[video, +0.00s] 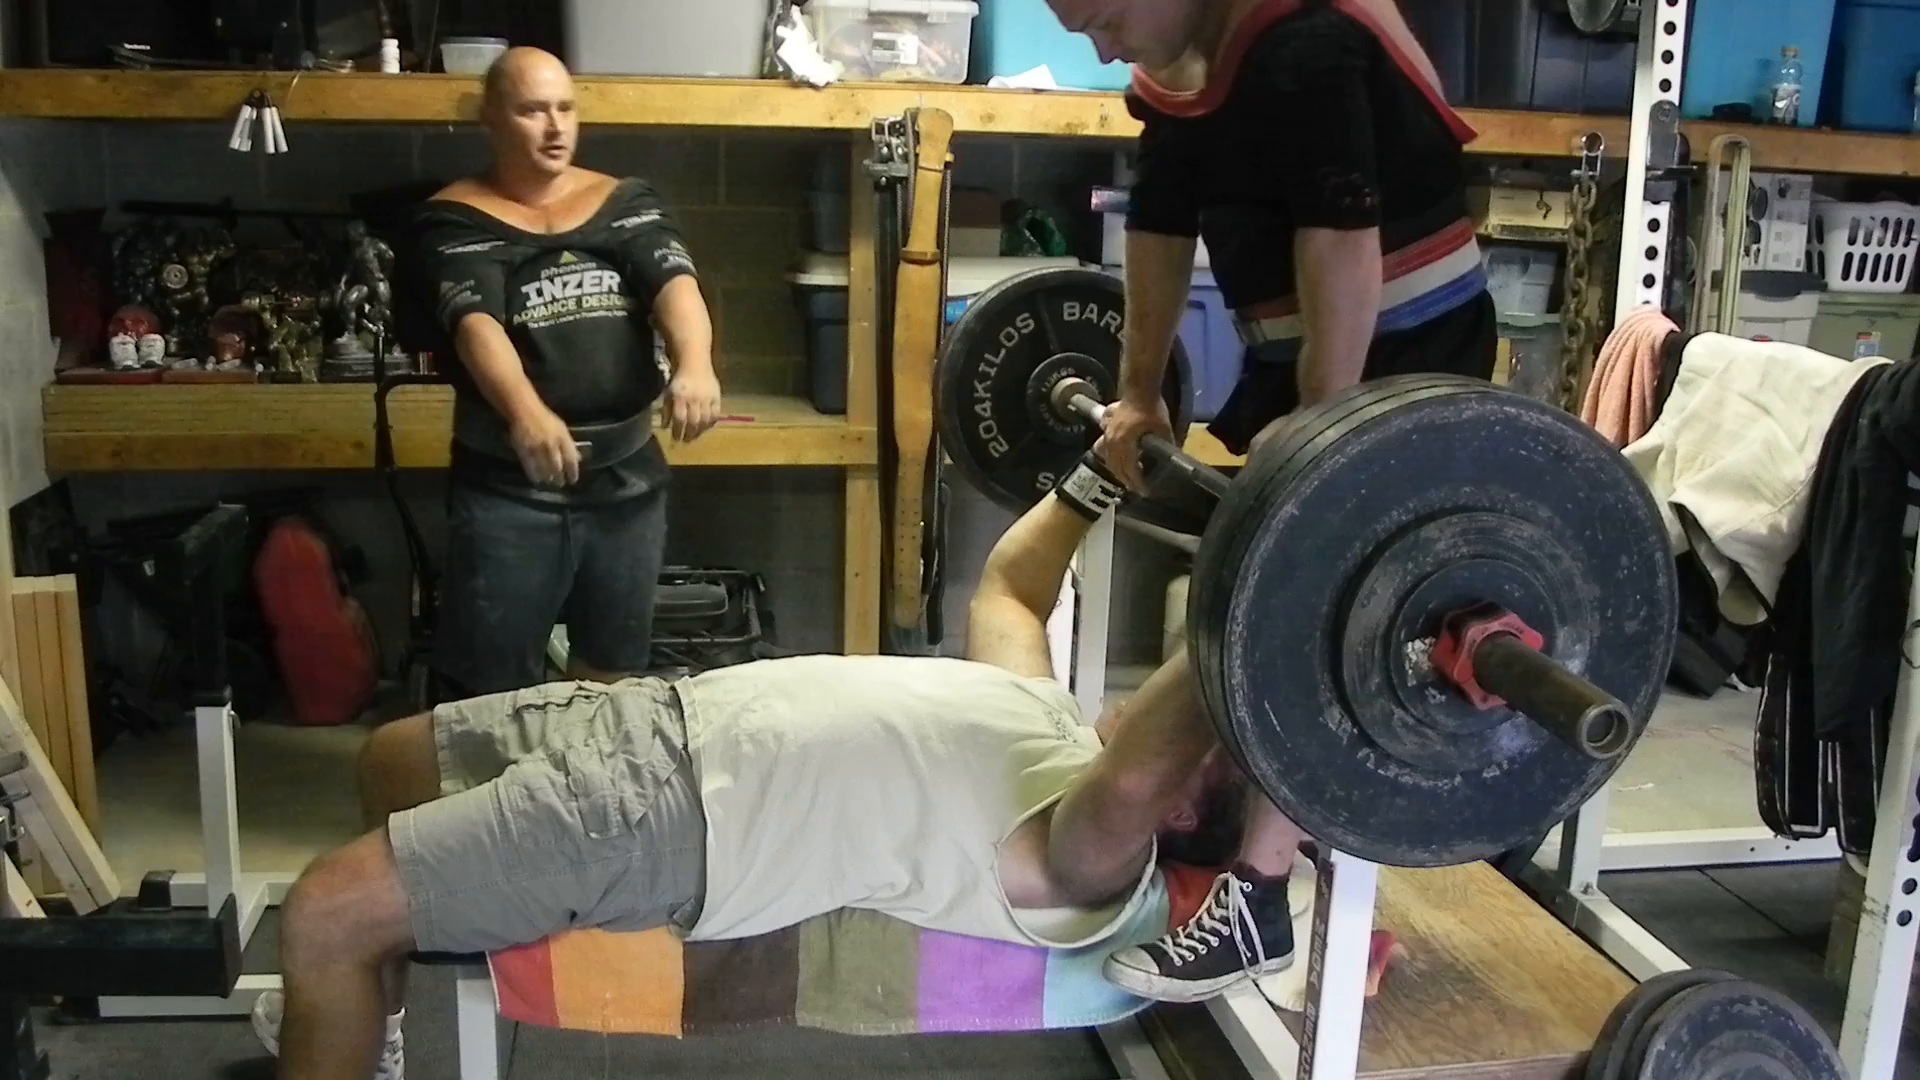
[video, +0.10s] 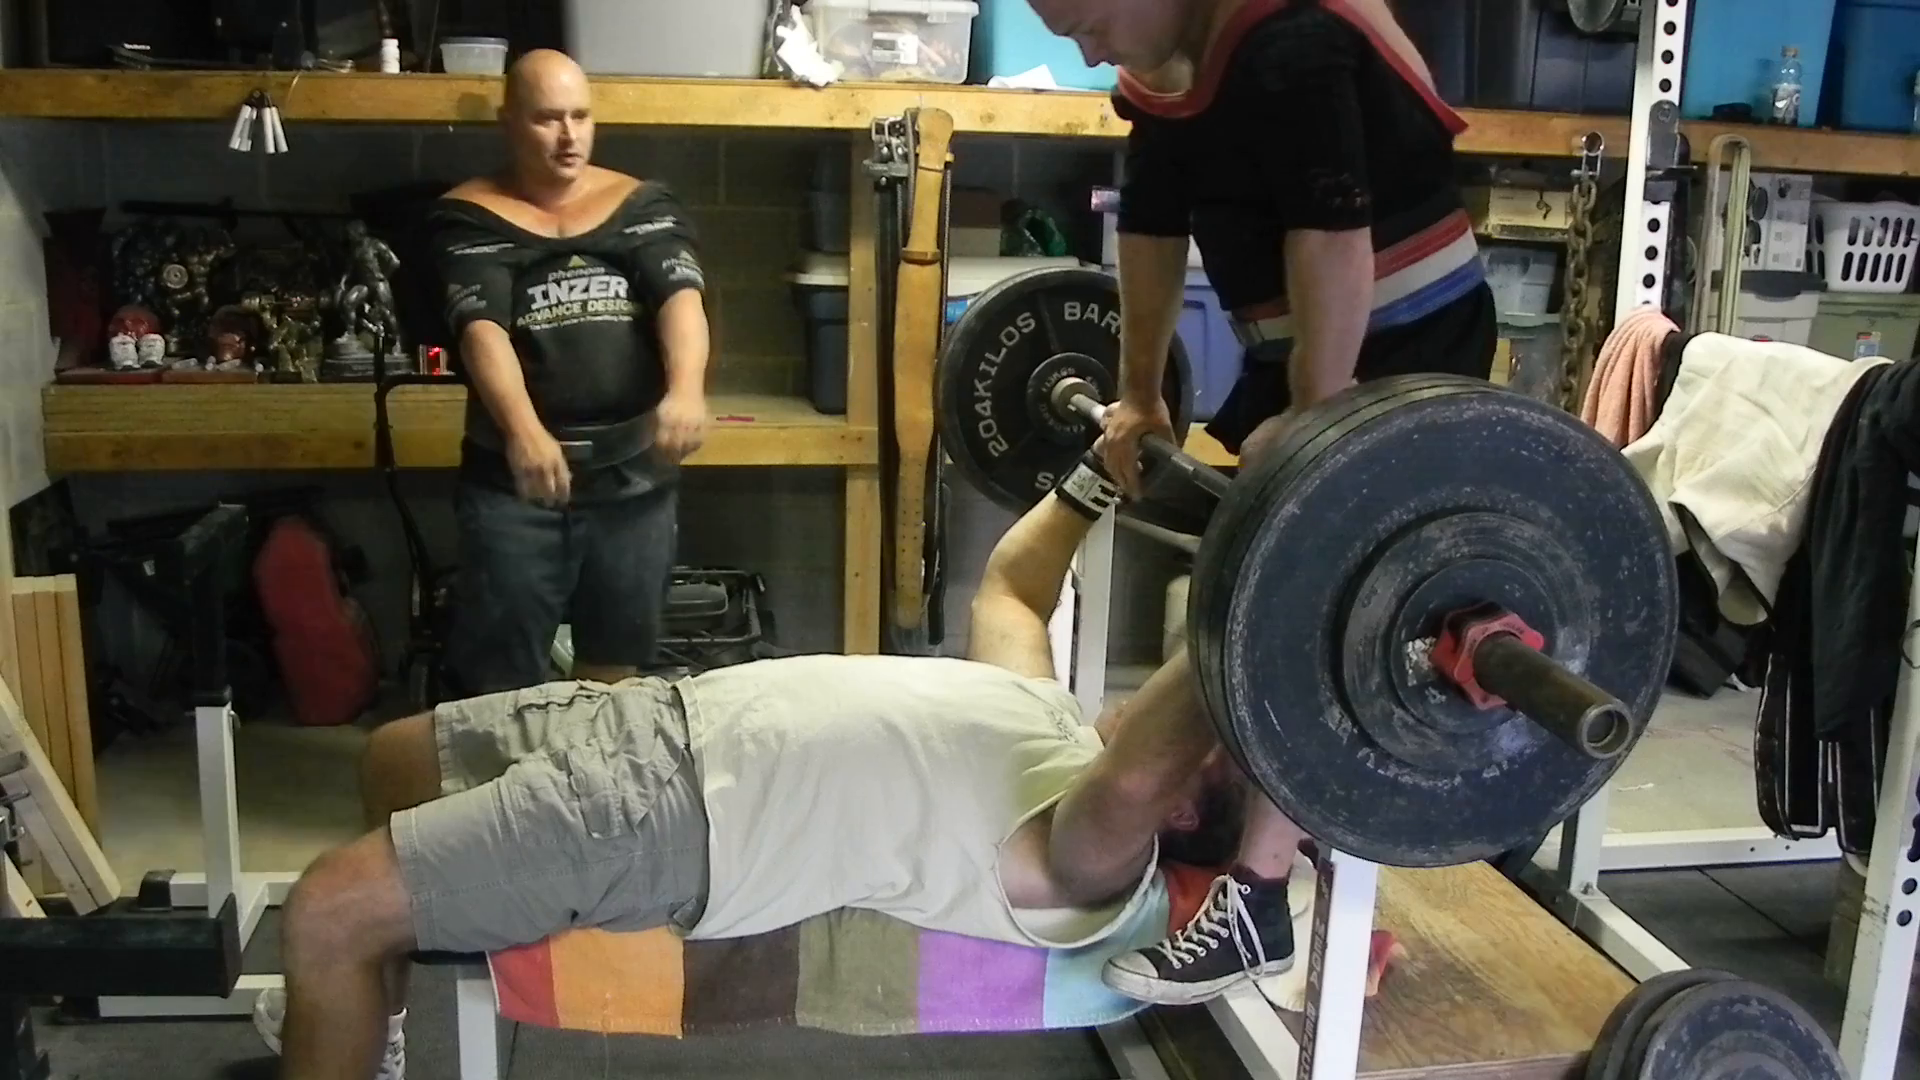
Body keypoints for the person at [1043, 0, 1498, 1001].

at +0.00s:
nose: (1096, 45)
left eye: (1101, 22)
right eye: (1082, 32)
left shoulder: (1313, 45)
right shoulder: (1167, 65)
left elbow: (1348, 264)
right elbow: (1157, 227)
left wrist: (1317, 473)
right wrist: (1139, 392)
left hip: (1411, 345)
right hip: (1292, 345)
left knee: (1308, 601)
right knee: (1234, 577)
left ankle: (1254, 894)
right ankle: (1201, 830)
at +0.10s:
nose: (1085, 53)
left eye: (1086, 31)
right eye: (1071, 40)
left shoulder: (1299, 42)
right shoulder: (1154, 64)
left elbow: (1337, 251)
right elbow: (1149, 225)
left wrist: (1312, 452)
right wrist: (1140, 391)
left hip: (1412, 330)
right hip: (1291, 334)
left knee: (1306, 596)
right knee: (1235, 581)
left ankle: (1252, 896)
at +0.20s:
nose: (1067, 49)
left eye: (1070, 28)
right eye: (1056, 37)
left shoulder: (1283, 44)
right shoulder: (1148, 61)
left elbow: (1331, 265)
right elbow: (1143, 227)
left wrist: (1302, 472)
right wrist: (1140, 393)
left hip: (1416, 328)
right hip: (1296, 332)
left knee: (1309, 594)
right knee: (1248, 574)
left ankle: (1257, 897)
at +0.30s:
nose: (1060, 52)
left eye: (1059, 31)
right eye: (1048, 40)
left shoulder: (1271, 48)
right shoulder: (1144, 56)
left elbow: (1324, 271)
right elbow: (1140, 224)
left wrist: (1292, 479)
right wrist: (1139, 392)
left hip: (1412, 327)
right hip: (1294, 333)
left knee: (1311, 595)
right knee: (1241, 576)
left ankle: (1258, 895)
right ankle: (1198, 820)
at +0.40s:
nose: (1068, 64)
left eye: (1065, 41)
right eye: (1054, 50)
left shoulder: (1271, 52)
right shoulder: (1143, 58)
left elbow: (1317, 270)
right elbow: (1136, 223)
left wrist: (1282, 476)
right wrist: (1136, 393)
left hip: (1410, 331)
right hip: (1291, 337)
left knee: (1311, 594)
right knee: (1234, 573)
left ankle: (1259, 890)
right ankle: (1200, 816)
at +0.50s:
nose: (1062, 50)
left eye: (1063, 29)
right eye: (1049, 38)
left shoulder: (1275, 43)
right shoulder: (1142, 62)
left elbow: (1319, 247)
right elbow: (1136, 222)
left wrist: (1285, 452)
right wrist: (1133, 390)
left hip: (1404, 326)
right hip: (1288, 334)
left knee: (1316, 592)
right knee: (1231, 569)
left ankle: (1258, 890)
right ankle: (1200, 817)